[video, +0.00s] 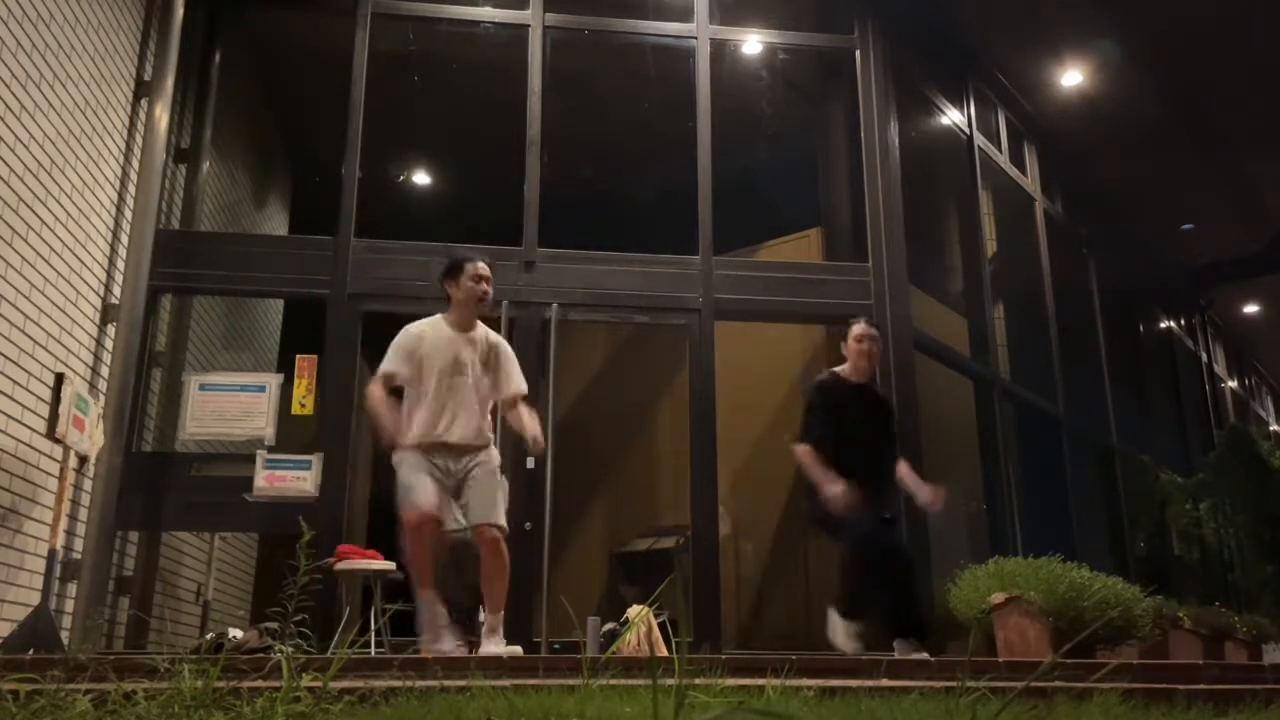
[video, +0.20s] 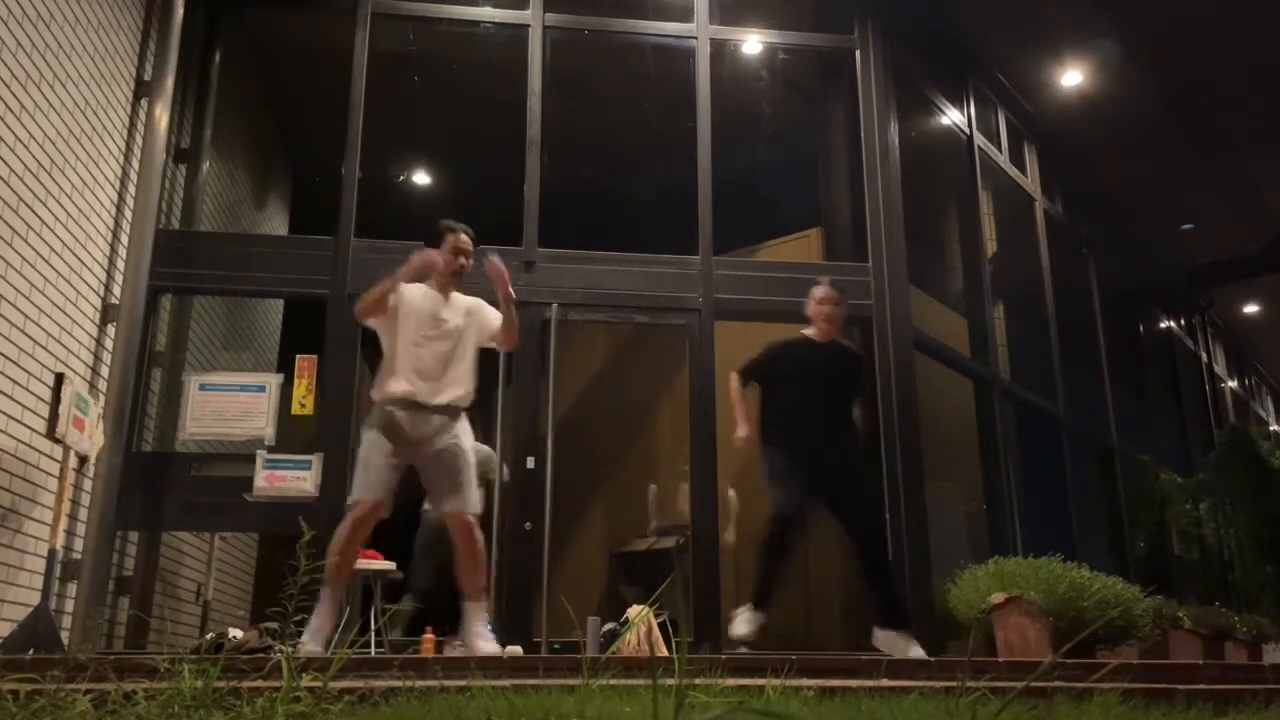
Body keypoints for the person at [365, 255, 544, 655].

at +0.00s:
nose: (486, 288)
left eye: (489, 281)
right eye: (477, 280)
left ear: (491, 291)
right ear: (451, 286)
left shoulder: (496, 345)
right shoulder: (417, 335)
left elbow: (514, 403)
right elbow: (376, 391)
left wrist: (532, 430)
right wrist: (392, 429)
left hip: (478, 455)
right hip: (420, 452)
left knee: (491, 535)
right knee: (419, 517)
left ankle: (493, 632)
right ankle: (432, 619)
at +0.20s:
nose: (464, 262)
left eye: (468, 255)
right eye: (457, 253)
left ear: (470, 262)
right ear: (435, 254)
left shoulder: (473, 308)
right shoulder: (403, 295)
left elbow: (508, 340)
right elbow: (363, 311)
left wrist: (505, 293)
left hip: (448, 422)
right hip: (391, 416)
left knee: (464, 521)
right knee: (363, 511)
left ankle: (476, 626)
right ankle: (323, 617)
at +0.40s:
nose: (442, 260)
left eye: (446, 253)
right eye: (434, 251)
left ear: (449, 260)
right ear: (411, 254)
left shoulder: (455, 307)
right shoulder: (382, 296)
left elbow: (479, 349)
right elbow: (338, 327)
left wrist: (483, 313)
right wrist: (367, 296)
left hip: (426, 424)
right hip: (373, 415)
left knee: (411, 517)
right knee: (340, 513)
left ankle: (367, 619)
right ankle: (306, 616)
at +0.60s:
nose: (430, 281)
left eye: (434, 275)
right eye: (422, 273)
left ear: (436, 285)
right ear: (395, 279)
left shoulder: (448, 338)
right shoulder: (366, 334)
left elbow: (457, 403)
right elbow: (332, 395)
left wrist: (461, 454)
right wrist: (313, 451)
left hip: (420, 452)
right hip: (363, 445)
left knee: (424, 505)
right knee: (334, 532)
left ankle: (383, 597)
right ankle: (301, 626)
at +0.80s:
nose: (461, 241)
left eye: (465, 234)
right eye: (452, 234)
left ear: (471, 242)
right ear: (431, 241)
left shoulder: (490, 290)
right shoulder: (405, 291)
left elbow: (507, 340)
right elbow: (381, 341)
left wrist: (519, 377)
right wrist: (362, 388)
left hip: (475, 405)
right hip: (415, 403)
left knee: (474, 474)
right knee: (382, 500)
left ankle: (477, 583)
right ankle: (347, 602)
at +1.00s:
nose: (505, 260)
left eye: (510, 254)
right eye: (495, 253)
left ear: (516, 266)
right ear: (475, 265)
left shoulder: (532, 313)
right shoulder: (452, 313)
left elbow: (563, 355)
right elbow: (435, 366)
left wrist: (587, 390)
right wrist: (416, 416)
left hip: (514, 425)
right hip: (462, 426)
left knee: (495, 526)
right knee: (446, 523)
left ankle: (516, 632)